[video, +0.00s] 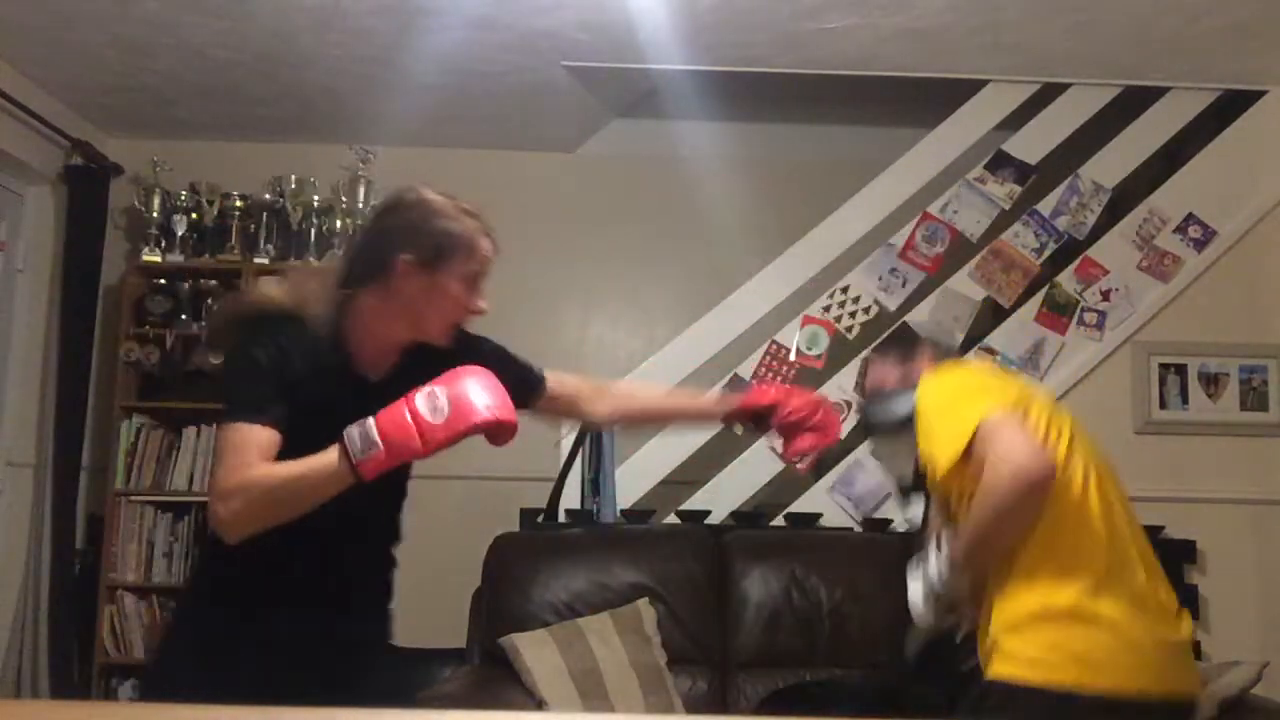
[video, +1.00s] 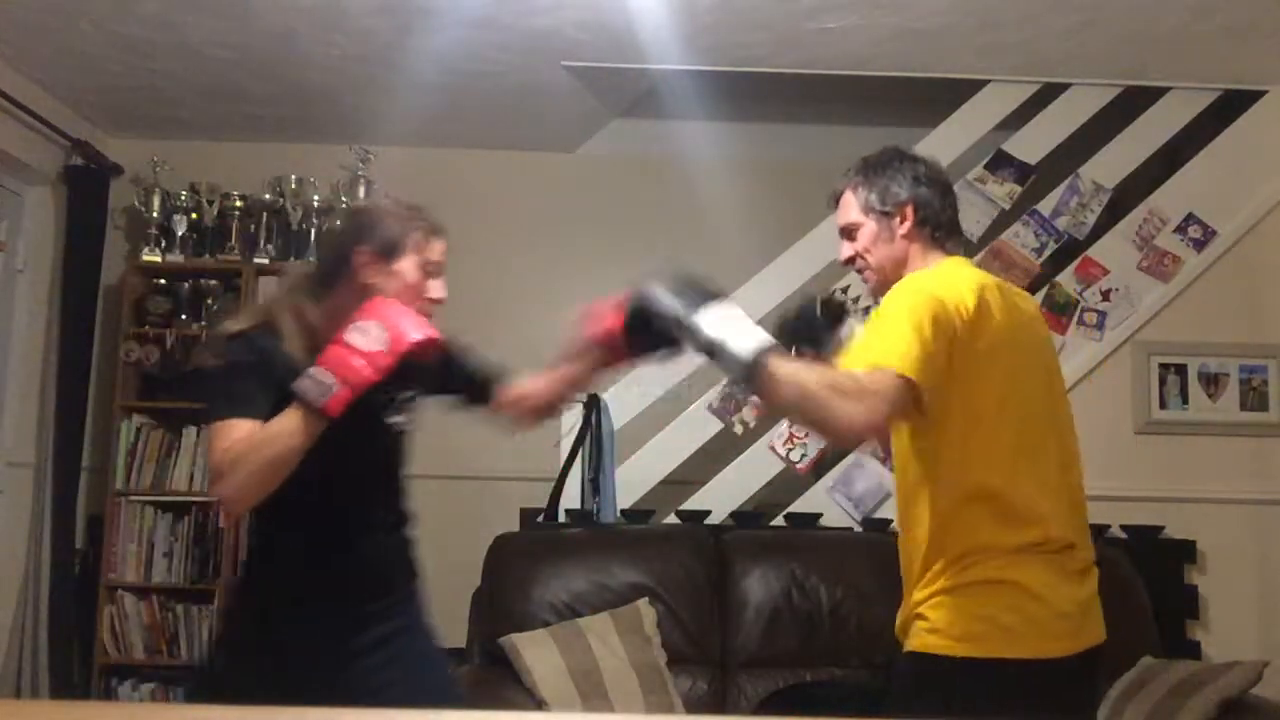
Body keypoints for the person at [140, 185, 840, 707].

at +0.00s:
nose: (475, 306)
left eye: (479, 289)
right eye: (466, 287)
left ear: (415, 280)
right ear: (404, 273)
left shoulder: (444, 357)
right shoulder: (277, 349)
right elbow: (231, 510)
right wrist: (387, 438)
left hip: (351, 664)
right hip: (227, 664)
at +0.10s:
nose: (498, 317)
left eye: (500, 298)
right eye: (488, 295)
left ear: (437, 292)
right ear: (428, 287)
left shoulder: (443, 372)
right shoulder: (296, 365)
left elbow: (510, 476)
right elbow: (269, 532)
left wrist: (618, 472)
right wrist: (404, 451)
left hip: (370, 643)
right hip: (263, 652)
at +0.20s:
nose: (474, 309)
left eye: (476, 290)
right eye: (466, 287)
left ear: (413, 283)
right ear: (410, 280)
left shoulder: (397, 362)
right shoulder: (293, 363)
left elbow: (396, 487)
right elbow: (303, 532)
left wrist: (500, 489)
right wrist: (413, 434)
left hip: (362, 646)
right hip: (270, 659)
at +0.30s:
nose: (425, 303)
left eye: (428, 285)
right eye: (418, 283)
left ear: (362, 282)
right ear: (358, 278)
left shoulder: (353, 357)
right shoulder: (254, 361)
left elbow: (352, 482)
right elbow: (298, 521)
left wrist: (453, 463)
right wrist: (406, 400)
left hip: (323, 644)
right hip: (236, 659)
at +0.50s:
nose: (357, 312)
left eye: (358, 291)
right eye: (347, 287)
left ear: (296, 282)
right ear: (293, 278)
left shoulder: (287, 366)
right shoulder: (170, 357)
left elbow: (318, 497)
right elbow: (227, 502)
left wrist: (387, 417)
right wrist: (341, 388)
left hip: (252, 639)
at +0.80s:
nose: (348, 307)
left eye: (354, 292)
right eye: (341, 288)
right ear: (286, 280)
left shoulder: (304, 372)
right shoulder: (170, 366)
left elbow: (315, 497)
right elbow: (207, 506)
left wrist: (387, 444)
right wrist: (306, 380)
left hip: (281, 648)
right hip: (178, 653)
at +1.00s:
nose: (441, 293)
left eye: (441, 274)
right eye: (429, 271)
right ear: (367, 265)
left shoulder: (402, 351)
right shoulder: (262, 350)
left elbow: (521, 404)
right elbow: (233, 487)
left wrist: (592, 358)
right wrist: (337, 376)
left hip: (384, 622)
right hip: (280, 624)